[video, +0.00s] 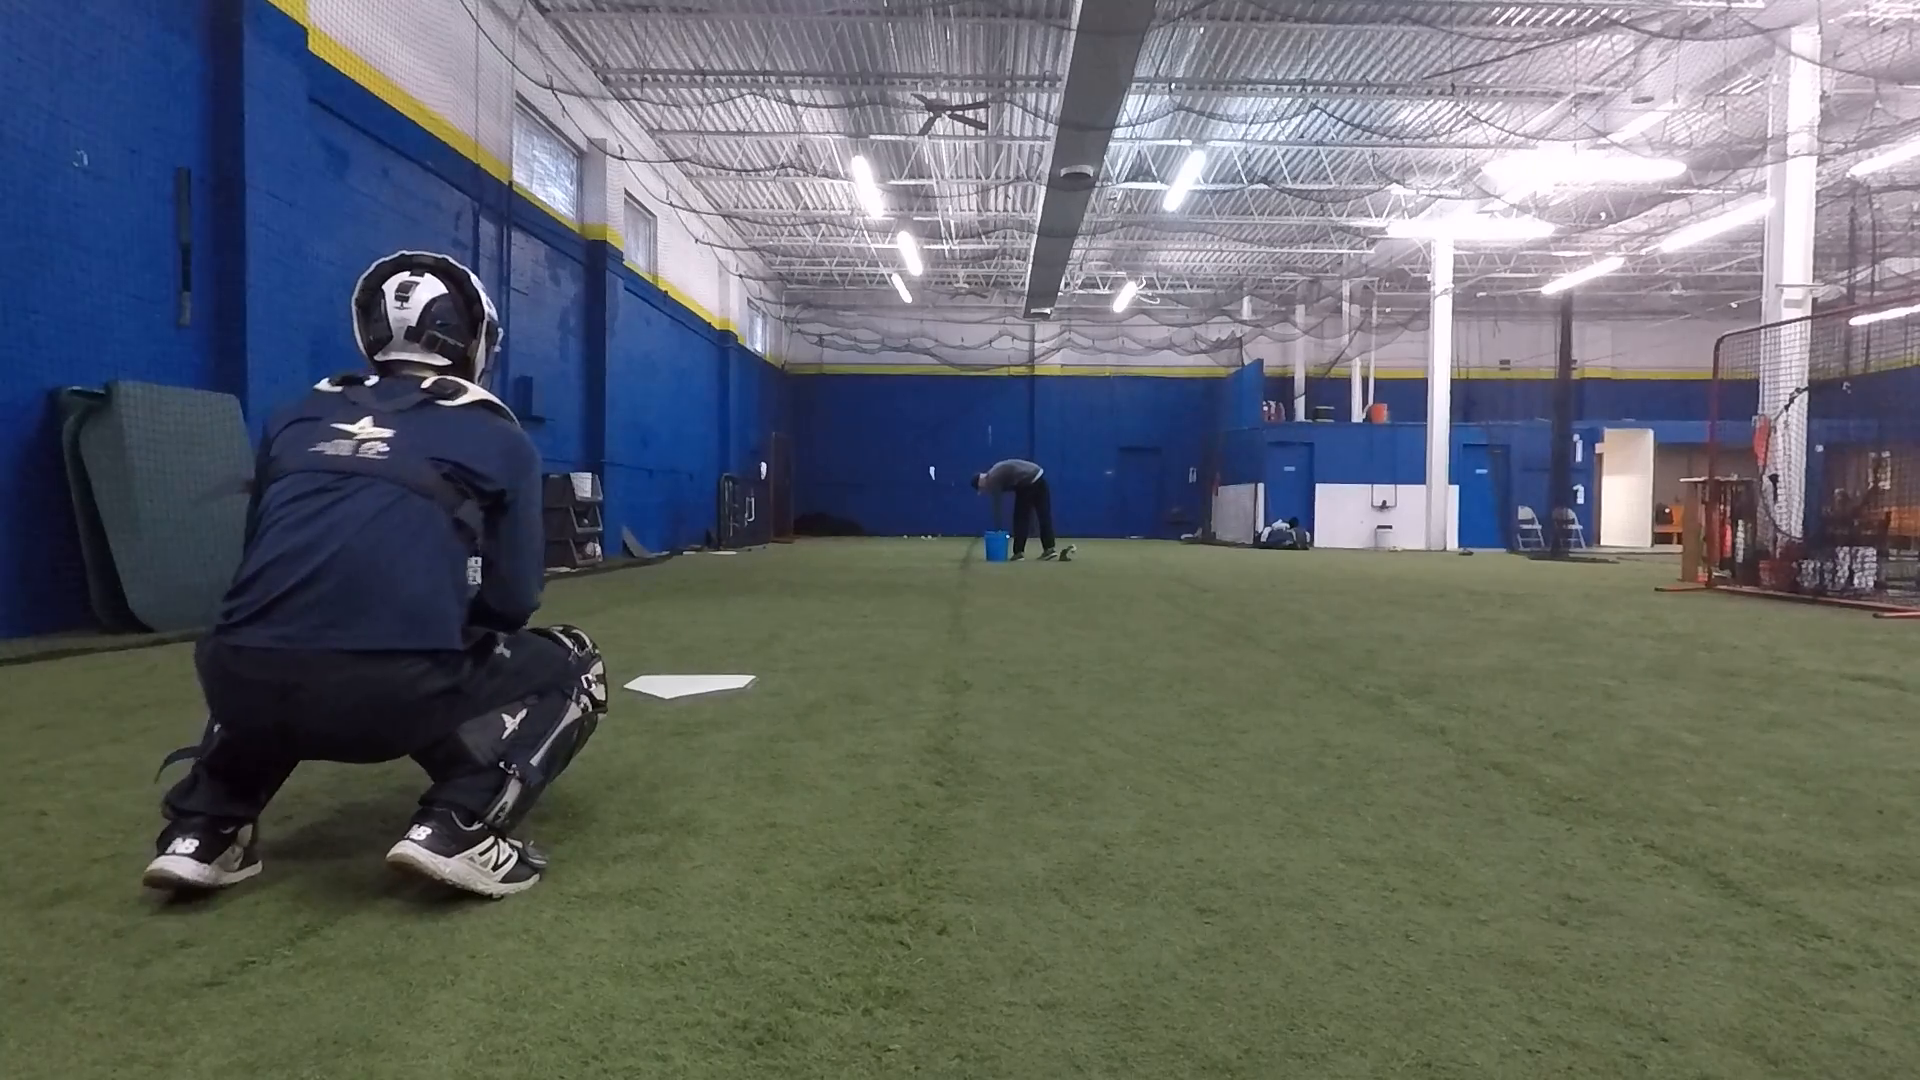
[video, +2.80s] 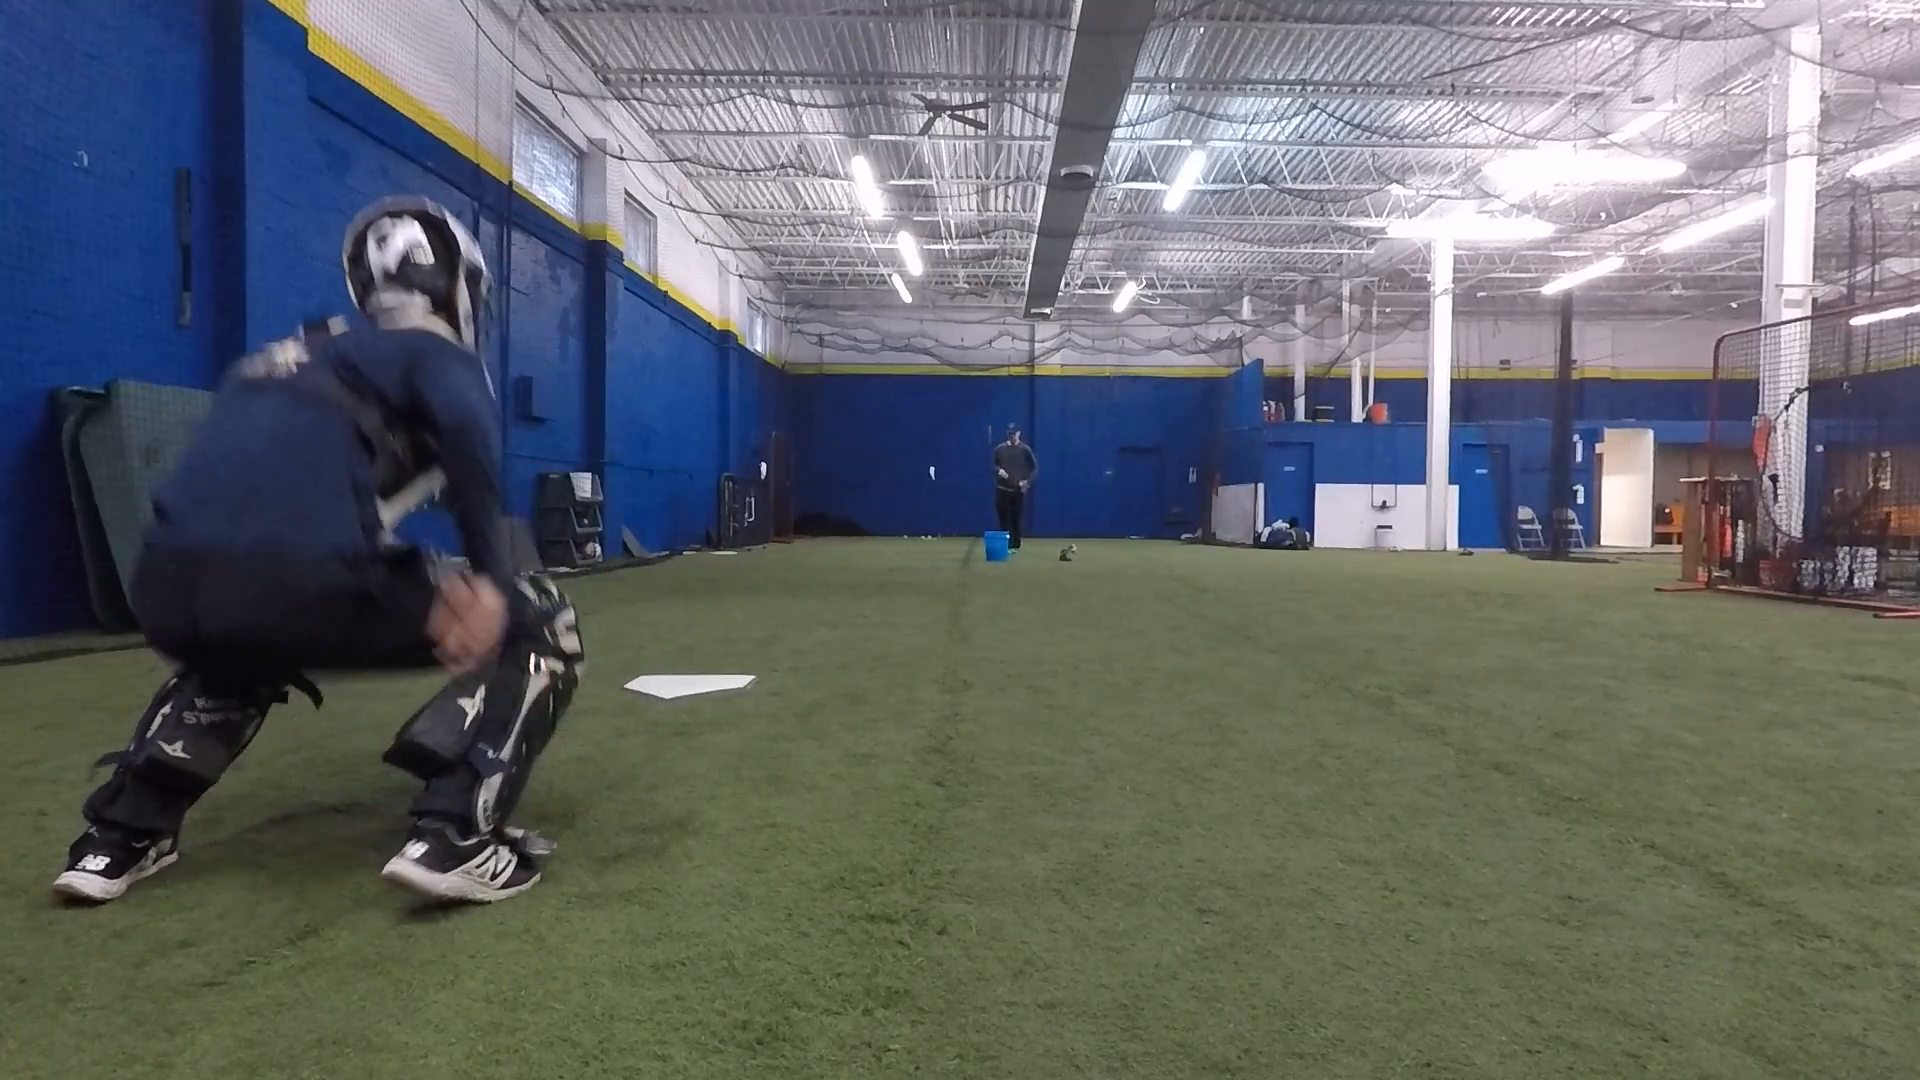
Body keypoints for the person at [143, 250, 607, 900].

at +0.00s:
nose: (488, 348)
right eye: (483, 334)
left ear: (369, 338)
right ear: (472, 342)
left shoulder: (295, 415)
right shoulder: (502, 439)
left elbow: (259, 554)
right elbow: (513, 598)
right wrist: (448, 636)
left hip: (252, 685)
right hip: (397, 693)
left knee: (283, 629)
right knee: (572, 665)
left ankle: (202, 827)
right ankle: (459, 823)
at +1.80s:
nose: (566, 342)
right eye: (562, 327)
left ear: (448, 330)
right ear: (550, 335)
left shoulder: (375, 396)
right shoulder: (567, 442)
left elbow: (278, 540)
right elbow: (556, 612)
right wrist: (463, 606)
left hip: (289, 670)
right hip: (430, 691)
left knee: (291, 631)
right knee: (589, 674)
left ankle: (205, 821)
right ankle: (462, 821)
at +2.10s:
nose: (606, 345)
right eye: (606, 334)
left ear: (499, 328)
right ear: (601, 347)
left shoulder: (437, 382)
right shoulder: (616, 460)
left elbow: (269, 481)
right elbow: (596, 626)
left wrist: (369, 522)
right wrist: (517, 608)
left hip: (334, 658)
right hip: (477, 696)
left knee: (260, 592)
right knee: (576, 683)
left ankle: (151, 815)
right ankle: (474, 818)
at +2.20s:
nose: (604, 346)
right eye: (602, 333)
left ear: (495, 329)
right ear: (596, 348)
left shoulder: (425, 388)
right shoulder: (610, 460)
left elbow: (262, 490)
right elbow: (628, 632)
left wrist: (361, 536)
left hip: (324, 658)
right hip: (470, 691)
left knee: (252, 603)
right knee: (581, 676)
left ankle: (117, 828)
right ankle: (472, 819)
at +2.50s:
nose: (542, 365)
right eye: (539, 353)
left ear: (423, 350)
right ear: (525, 357)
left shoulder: (349, 415)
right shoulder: (520, 438)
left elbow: (221, 535)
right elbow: (621, 587)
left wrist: (323, 575)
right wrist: (652, 695)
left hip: (255, 682)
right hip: (404, 696)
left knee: (213, 655)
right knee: (581, 664)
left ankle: (102, 849)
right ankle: (463, 833)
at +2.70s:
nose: (492, 346)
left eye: (491, 331)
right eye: (488, 330)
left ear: (377, 332)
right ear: (471, 329)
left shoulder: (312, 394)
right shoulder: (456, 406)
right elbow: (516, 516)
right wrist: (551, 637)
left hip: (193, 643)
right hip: (331, 650)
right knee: (537, 660)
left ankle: (113, 839)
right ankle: (445, 840)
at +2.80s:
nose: (477, 297)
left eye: (473, 281)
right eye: (472, 280)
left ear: (361, 284)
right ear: (457, 283)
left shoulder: (287, 353)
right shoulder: (434, 351)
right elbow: (465, 426)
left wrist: (421, 581)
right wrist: (493, 579)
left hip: (171, 590)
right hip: (308, 587)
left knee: (245, 654)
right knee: (543, 626)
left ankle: (116, 835)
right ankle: (455, 834)